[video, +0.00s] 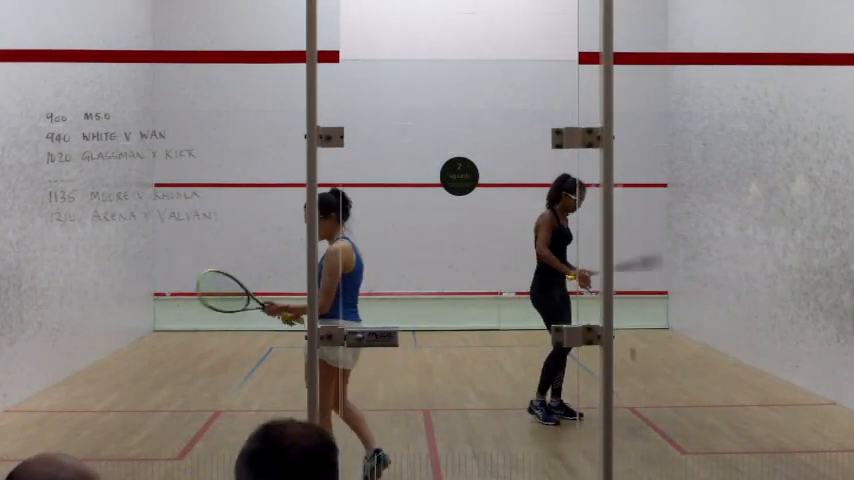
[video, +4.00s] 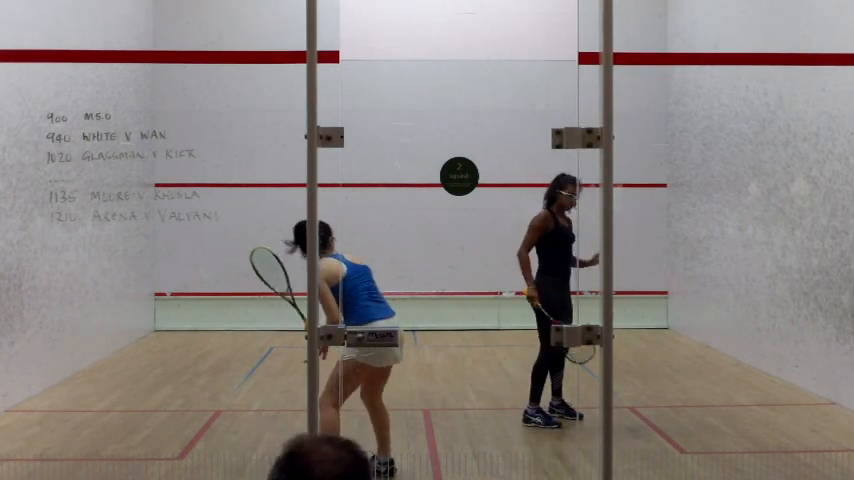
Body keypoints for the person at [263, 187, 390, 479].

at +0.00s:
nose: (311, 226)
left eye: (314, 219)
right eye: (310, 219)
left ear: (330, 217)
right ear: (337, 218)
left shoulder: (336, 252)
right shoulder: (348, 248)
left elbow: (323, 304)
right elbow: (334, 303)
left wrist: (284, 308)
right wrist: (299, 313)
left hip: (333, 338)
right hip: (349, 336)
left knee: (321, 406)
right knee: (340, 401)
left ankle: (319, 463)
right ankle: (374, 452)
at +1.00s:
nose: (326, 226)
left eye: (328, 219)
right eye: (325, 220)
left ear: (342, 217)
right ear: (354, 217)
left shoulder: (343, 249)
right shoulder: (373, 247)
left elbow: (331, 298)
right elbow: (362, 295)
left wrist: (302, 295)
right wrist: (316, 302)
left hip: (339, 331)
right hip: (367, 329)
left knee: (328, 402)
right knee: (366, 400)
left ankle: (327, 466)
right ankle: (367, 466)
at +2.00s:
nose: (329, 225)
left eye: (330, 219)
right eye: (329, 219)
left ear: (342, 217)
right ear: (359, 217)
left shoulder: (340, 250)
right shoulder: (377, 250)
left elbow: (323, 298)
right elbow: (363, 294)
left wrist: (300, 294)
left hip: (339, 332)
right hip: (370, 331)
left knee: (328, 404)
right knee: (368, 401)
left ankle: (327, 467)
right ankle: (367, 466)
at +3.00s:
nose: (323, 220)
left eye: (329, 214)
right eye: (321, 214)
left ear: (347, 215)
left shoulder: (347, 248)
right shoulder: (352, 245)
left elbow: (335, 297)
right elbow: (337, 296)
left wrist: (299, 296)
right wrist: (310, 307)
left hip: (340, 327)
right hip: (354, 326)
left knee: (327, 397)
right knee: (356, 394)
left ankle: (323, 456)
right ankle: (368, 454)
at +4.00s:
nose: (304, 256)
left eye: (304, 250)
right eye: (334, 238)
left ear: (305, 248)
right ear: (332, 241)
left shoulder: (320, 270)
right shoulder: (354, 261)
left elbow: (334, 318)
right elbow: (355, 309)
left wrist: (324, 341)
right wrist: (327, 335)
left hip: (364, 340)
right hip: (391, 335)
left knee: (328, 402)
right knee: (373, 397)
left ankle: (329, 465)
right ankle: (384, 461)